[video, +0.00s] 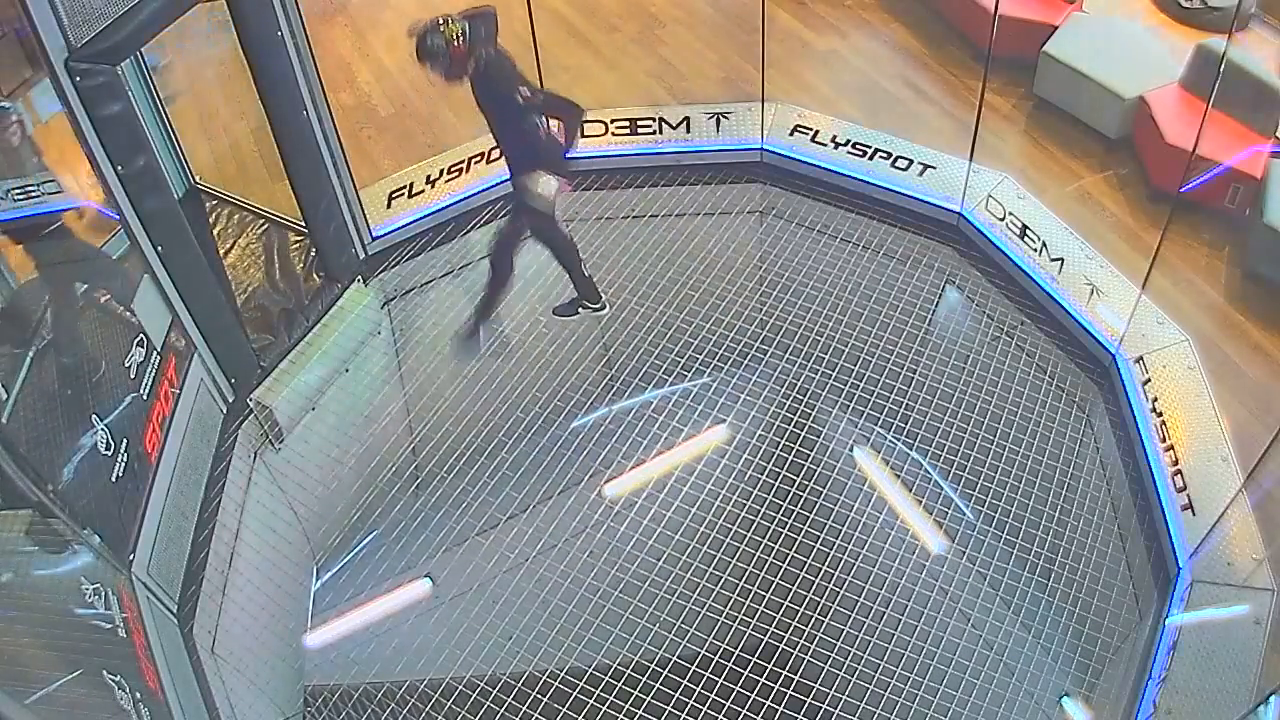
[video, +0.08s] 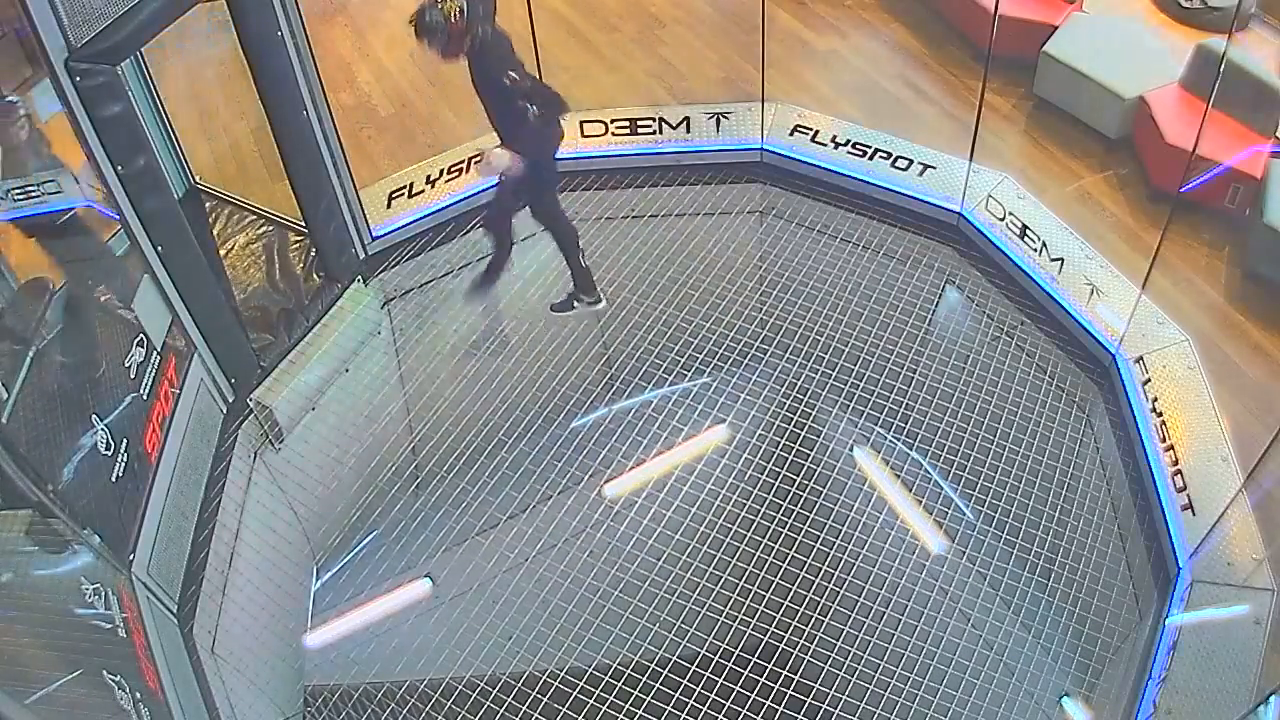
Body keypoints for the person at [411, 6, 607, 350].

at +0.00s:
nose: (442, 73)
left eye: (441, 64)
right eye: (436, 67)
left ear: (457, 49)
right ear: (459, 43)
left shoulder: (496, 74)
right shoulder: (485, 58)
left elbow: (573, 111)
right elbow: (487, 14)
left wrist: (562, 156)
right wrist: (444, 24)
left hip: (537, 169)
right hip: (528, 167)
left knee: (503, 252)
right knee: (546, 230)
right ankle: (589, 294)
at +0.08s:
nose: (439, 52)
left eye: (439, 43)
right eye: (434, 45)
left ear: (455, 28)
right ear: (455, 23)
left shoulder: (491, 56)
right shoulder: (484, 37)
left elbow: (537, 111)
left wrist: (517, 152)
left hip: (534, 144)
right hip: (529, 138)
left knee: (497, 216)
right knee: (548, 211)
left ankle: (499, 261)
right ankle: (587, 288)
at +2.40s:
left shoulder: (512, 4)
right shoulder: (448, 4)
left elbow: (567, 19)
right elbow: (436, 31)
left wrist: (520, 45)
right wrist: (385, 37)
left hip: (509, 82)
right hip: (474, 86)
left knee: (527, 160)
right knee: (473, 159)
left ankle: (557, 219)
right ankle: (479, 220)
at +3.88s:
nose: (415, 1)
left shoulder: (467, 7)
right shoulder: (399, 10)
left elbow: (534, 25)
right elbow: (363, 39)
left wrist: (489, 49)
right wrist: (384, 64)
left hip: (472, 98)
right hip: (433, 105)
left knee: (487, 163)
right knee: (449, 172)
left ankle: (503, 224)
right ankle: (466, 232)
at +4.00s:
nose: (414, 3)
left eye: (417, 1)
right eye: (409, 4)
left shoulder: (466, 7)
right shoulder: (397, 9)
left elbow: (532, 25)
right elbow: (362, 38)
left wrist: (488, 50)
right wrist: (378, 62)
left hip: (471, 98)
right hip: (432, 105)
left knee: (486, 162)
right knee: (449, 173)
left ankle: (503, 224)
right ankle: (466, 232)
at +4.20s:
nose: (420, 3)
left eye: (424, 2)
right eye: (415, 4)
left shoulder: (466, 6)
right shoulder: (395, 7)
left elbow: (526, 22)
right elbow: (359, 40)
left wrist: (483, 51)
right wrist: (380, 62)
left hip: (469, 94)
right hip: (431, 101)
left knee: (485, 160)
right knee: (449, 171)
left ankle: (503, 224)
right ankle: (466, 233)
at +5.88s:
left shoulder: (500, 0)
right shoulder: (436, 1)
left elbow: (511, 11)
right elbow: (382, 20)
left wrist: (517, 6)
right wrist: (430, 26)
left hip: (500, 79)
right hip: (461, 84)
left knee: (502, 154)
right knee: (474, 159)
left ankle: (504, 225)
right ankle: (485, 230)